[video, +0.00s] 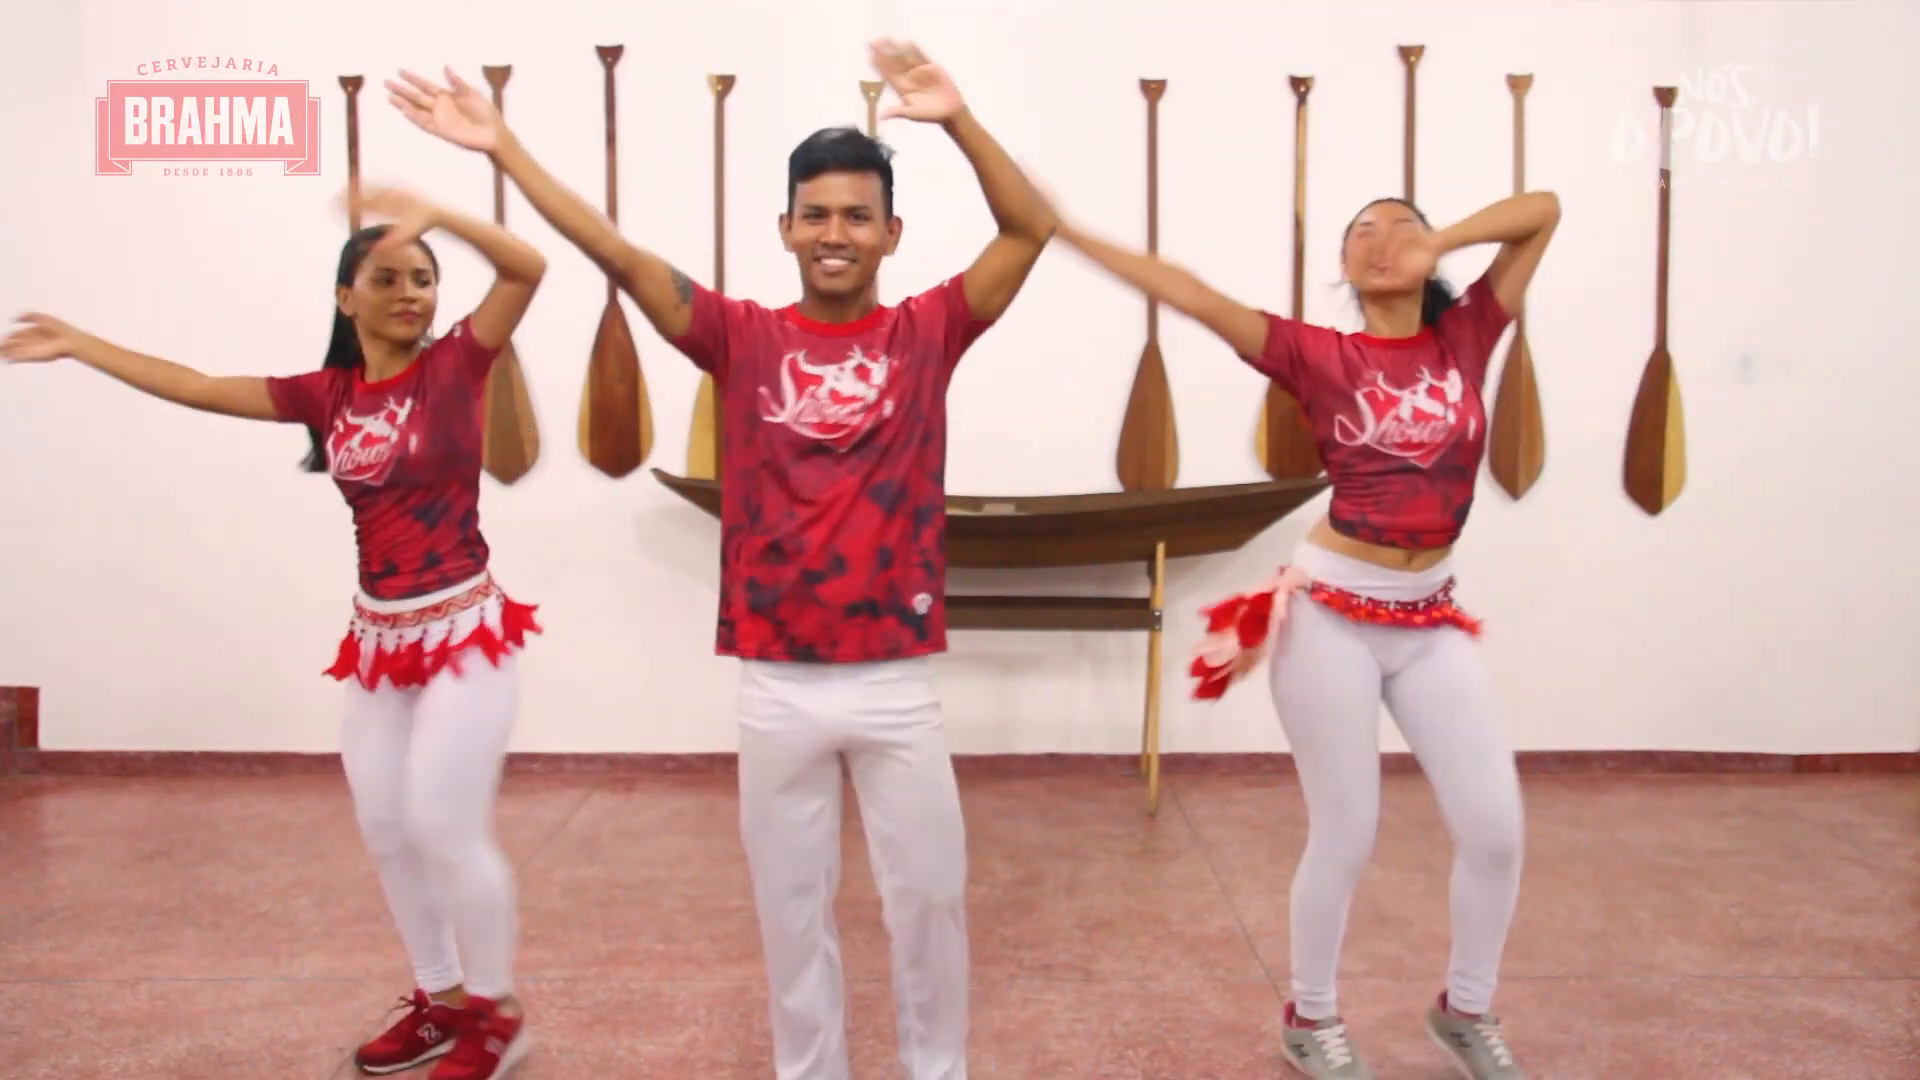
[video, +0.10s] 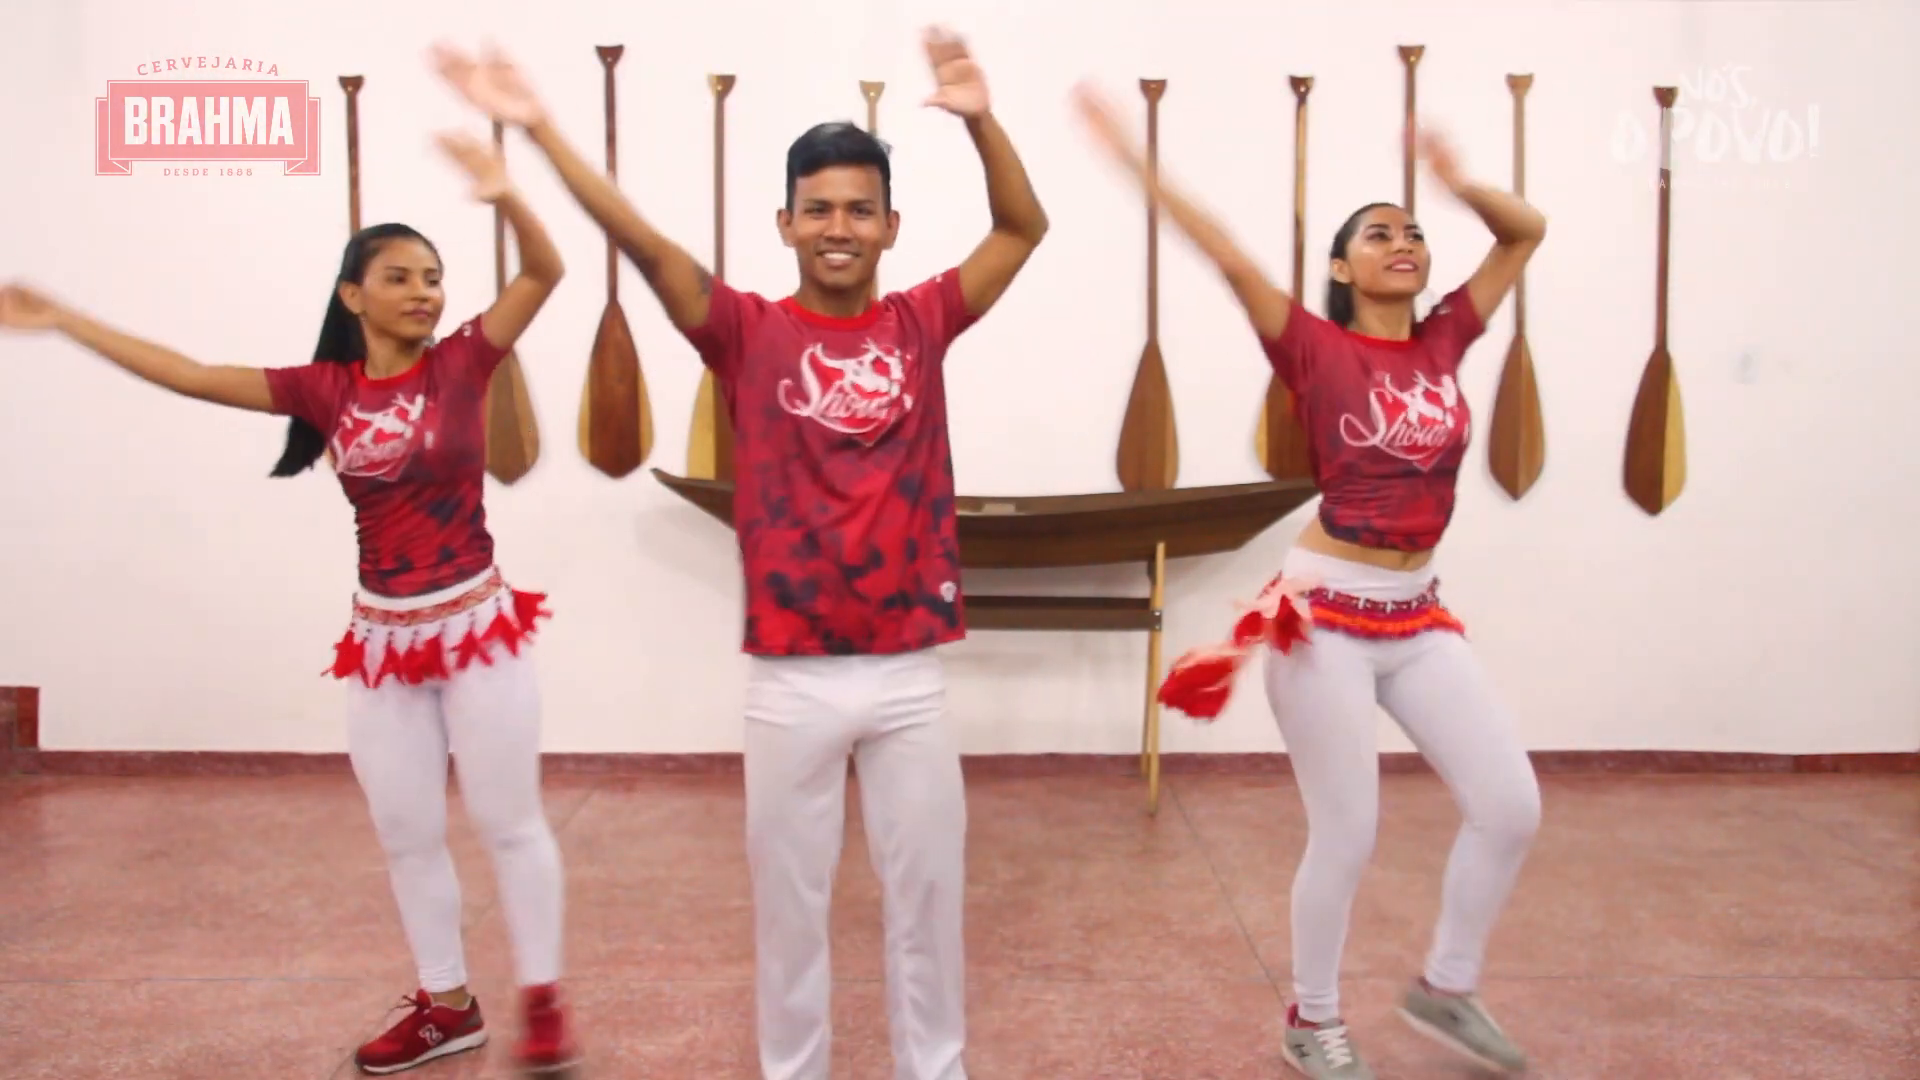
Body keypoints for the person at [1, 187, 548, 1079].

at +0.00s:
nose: (411, 293)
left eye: (423, 277)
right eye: (388, 278)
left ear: (437, 291)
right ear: (349, 295)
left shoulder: (459, 365)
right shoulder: (329, 394)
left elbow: (528, 267)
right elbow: (199, 387)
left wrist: (432, 209)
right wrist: (78, 343)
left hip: (470, 633)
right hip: (382, 640)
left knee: (444, 821)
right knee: (386, 827)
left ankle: (495, 1011)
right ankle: (441, 1000)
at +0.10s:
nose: (421, 291)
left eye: (430, 278)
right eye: (400, 278)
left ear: (443, 293)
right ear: (354, 296)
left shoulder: (464, 362)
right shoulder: (326, 392)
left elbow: (545, 273)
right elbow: (187, 373)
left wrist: (508, 196)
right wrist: (63, 317)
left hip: (480, 633)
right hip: (387, 645)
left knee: (512, 822)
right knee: (408, 834)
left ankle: (543, 997)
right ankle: (447, 1003)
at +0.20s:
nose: (443, 290)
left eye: (447, 275)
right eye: (421, 276)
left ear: (452, 290)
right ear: (368, 295)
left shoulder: (472, 361)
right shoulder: (331, 384)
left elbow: (560, 274)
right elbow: (203, 352)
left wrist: (563, 180)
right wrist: (112, 257)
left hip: (495, 625)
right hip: (397, 639)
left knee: (548, 804)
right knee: (415, 831)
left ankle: (599, 960)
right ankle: (449, 1004)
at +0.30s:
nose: (457, 288)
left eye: (460, 276)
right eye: (437, 276)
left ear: (462, 290)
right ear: (382, 292)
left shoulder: (482, 364)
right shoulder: (346, 378)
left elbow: (568, 284)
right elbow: (238, 324)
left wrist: (612, 190)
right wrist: (211, 212)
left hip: (503, 617)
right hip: (406, 633)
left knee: (584, 782)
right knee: (423, 825)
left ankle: (623, 917)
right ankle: (448, 1000)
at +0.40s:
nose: (479, 288)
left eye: (480, 276)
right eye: (457, 275)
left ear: (478, 293)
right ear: (407, 291)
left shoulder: (495, 363)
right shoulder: (374, 379)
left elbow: (585, 286)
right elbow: (288, 306)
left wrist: (647, 201)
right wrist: (307, 193)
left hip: (518, 612)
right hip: (423, 631)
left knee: (599, 773)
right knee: (432, 821)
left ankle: (634, 903)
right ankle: (448, 1001)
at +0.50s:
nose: (506, 290)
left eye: (505, 276)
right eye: (486, 278)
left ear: (498, 293)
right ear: (433, 295)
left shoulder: (514, 367)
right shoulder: (399, 377)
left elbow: (603, 298)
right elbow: (335, 302)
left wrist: (677, 219)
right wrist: (389, 193)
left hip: (539, 615)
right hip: (448, 628)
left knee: (596, 779)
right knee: (444, 820)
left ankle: (636, 906)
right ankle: (449, 1000)